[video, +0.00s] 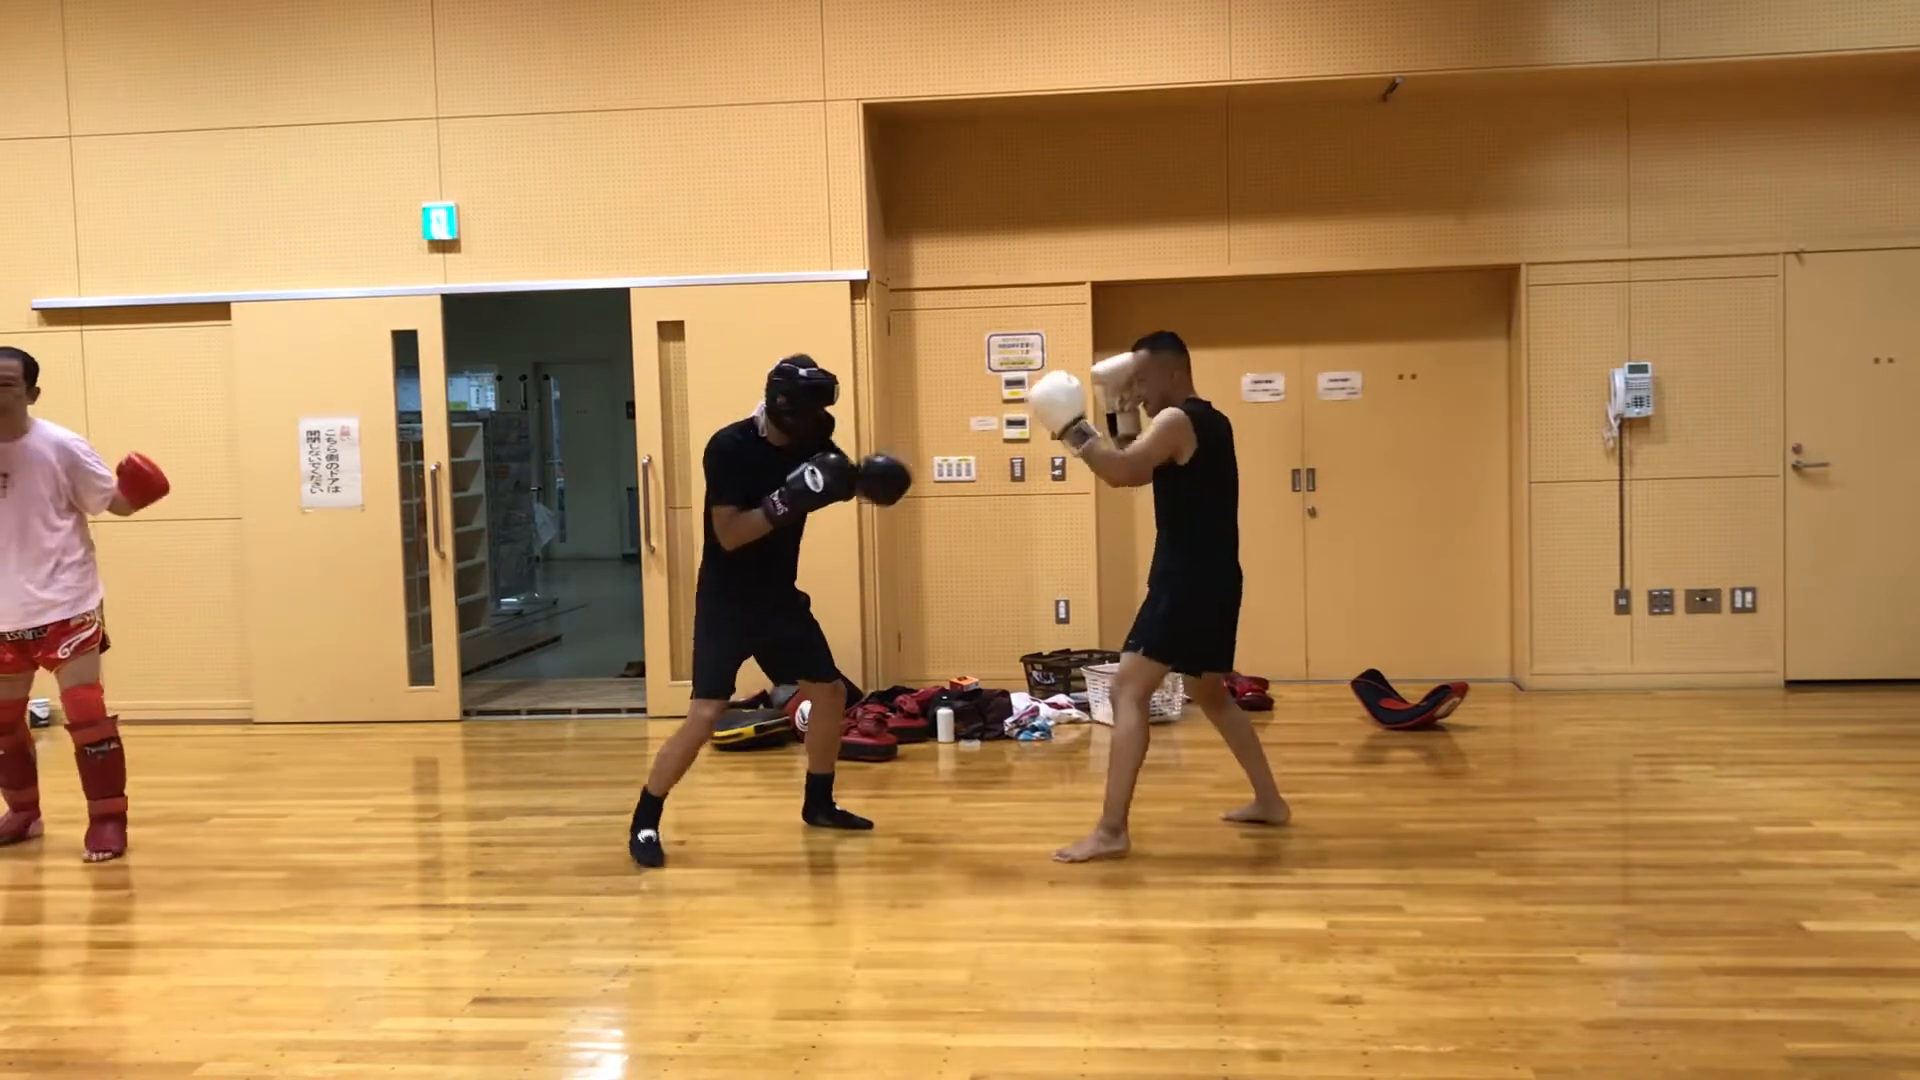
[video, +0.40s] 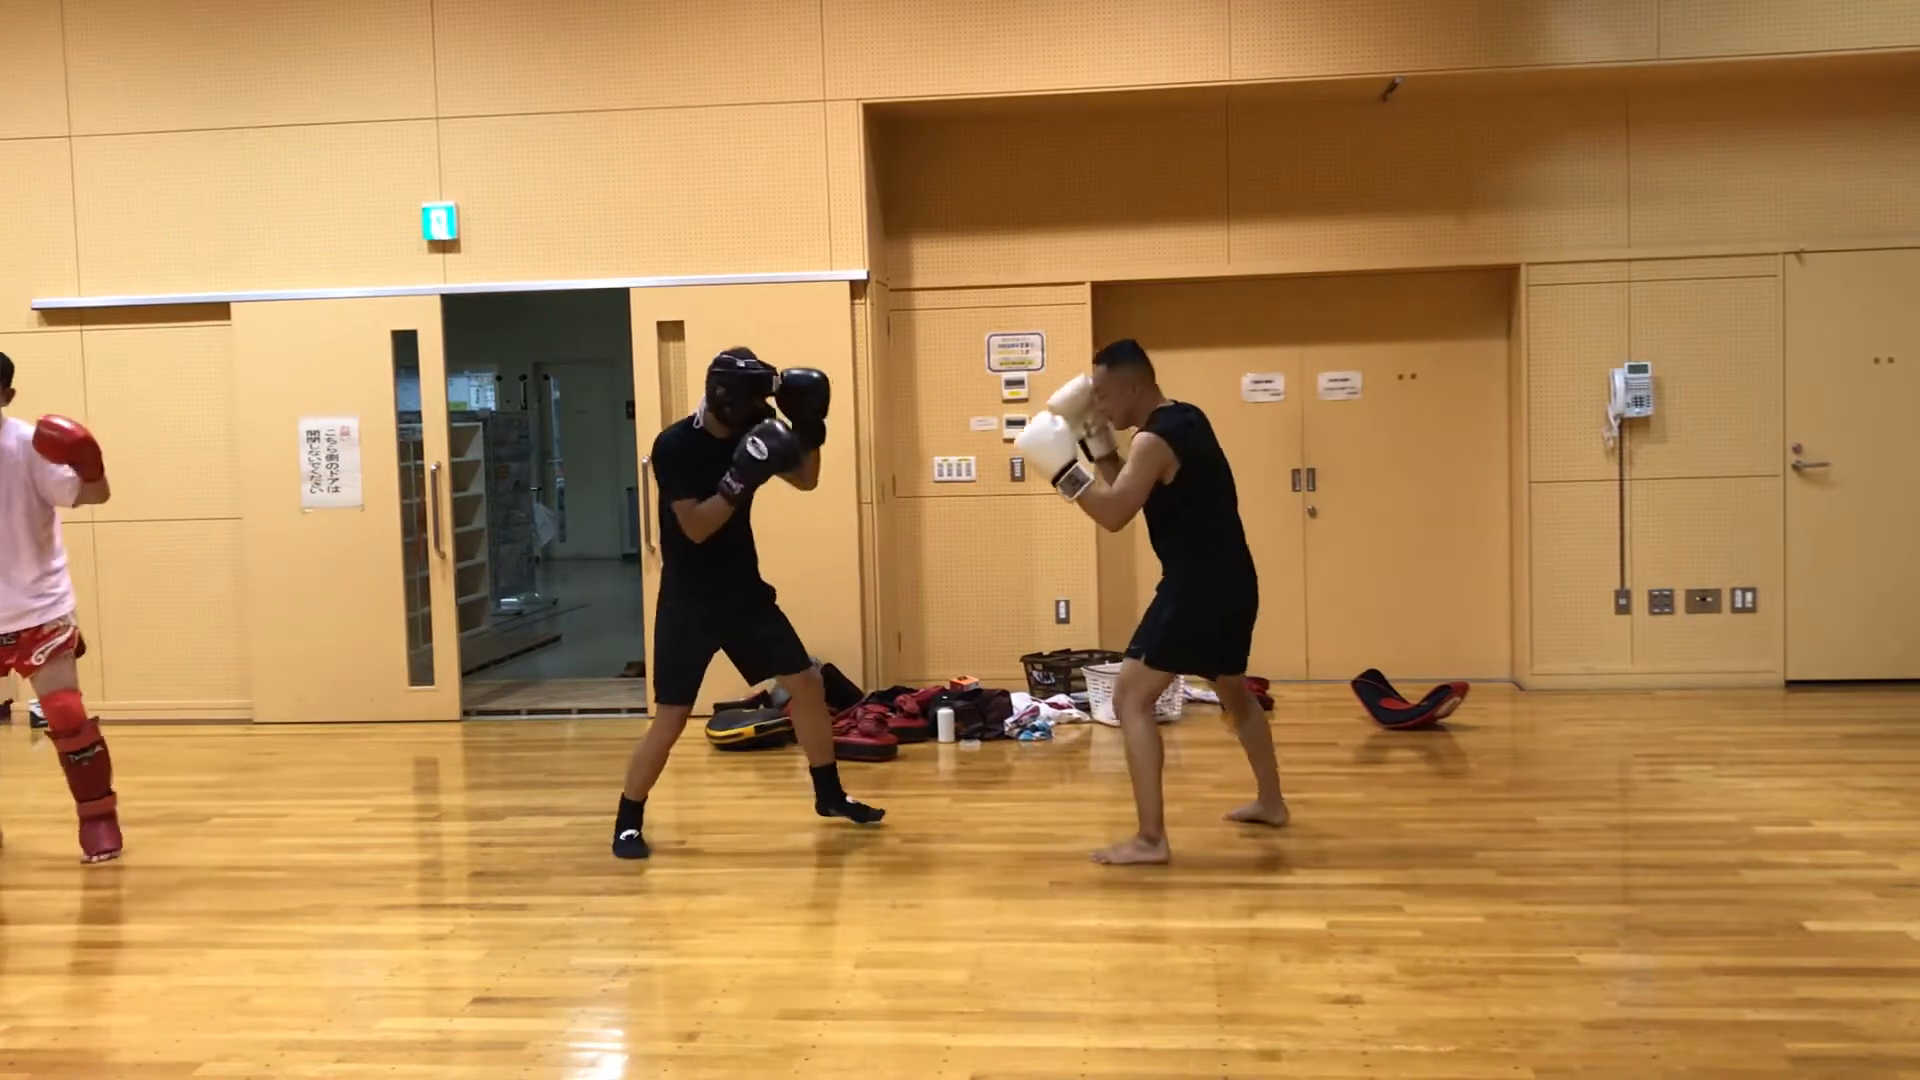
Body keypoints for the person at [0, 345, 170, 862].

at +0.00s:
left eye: (7, 383)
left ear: (31, 391)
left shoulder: (58, 448)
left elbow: (110, 499)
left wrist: (134, 493)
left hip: (66, 599)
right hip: (6, 606)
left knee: (84, 710)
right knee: (6, 719)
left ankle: (107, 821)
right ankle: (22, 811)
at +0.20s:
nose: (4, 389)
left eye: (13, 381)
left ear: (35, 390)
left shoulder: (58, 446)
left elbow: (114, 502)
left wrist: (123, 484)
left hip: (66, 599)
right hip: (6, 605)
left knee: (83, 709)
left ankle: (107, 821)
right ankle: (10, 811)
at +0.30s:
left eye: (5, 382)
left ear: (22, 389)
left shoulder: (43, 442)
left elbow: (108, 493)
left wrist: (102, 458)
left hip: (49, 598)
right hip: (2, 605)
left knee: (75, 712)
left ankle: (105, 820)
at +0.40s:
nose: (2, 397)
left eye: (3, 389)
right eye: (3, 389)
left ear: (8, 390)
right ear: (6, 390)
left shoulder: (23, 443)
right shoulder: (22, 443)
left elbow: (92, 495)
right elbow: (90, 494)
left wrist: (89, 464)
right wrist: (87, 465)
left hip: (35, 600)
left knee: (67, 714)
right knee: (64, 716)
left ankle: (97, 820)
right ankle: (96, 820)